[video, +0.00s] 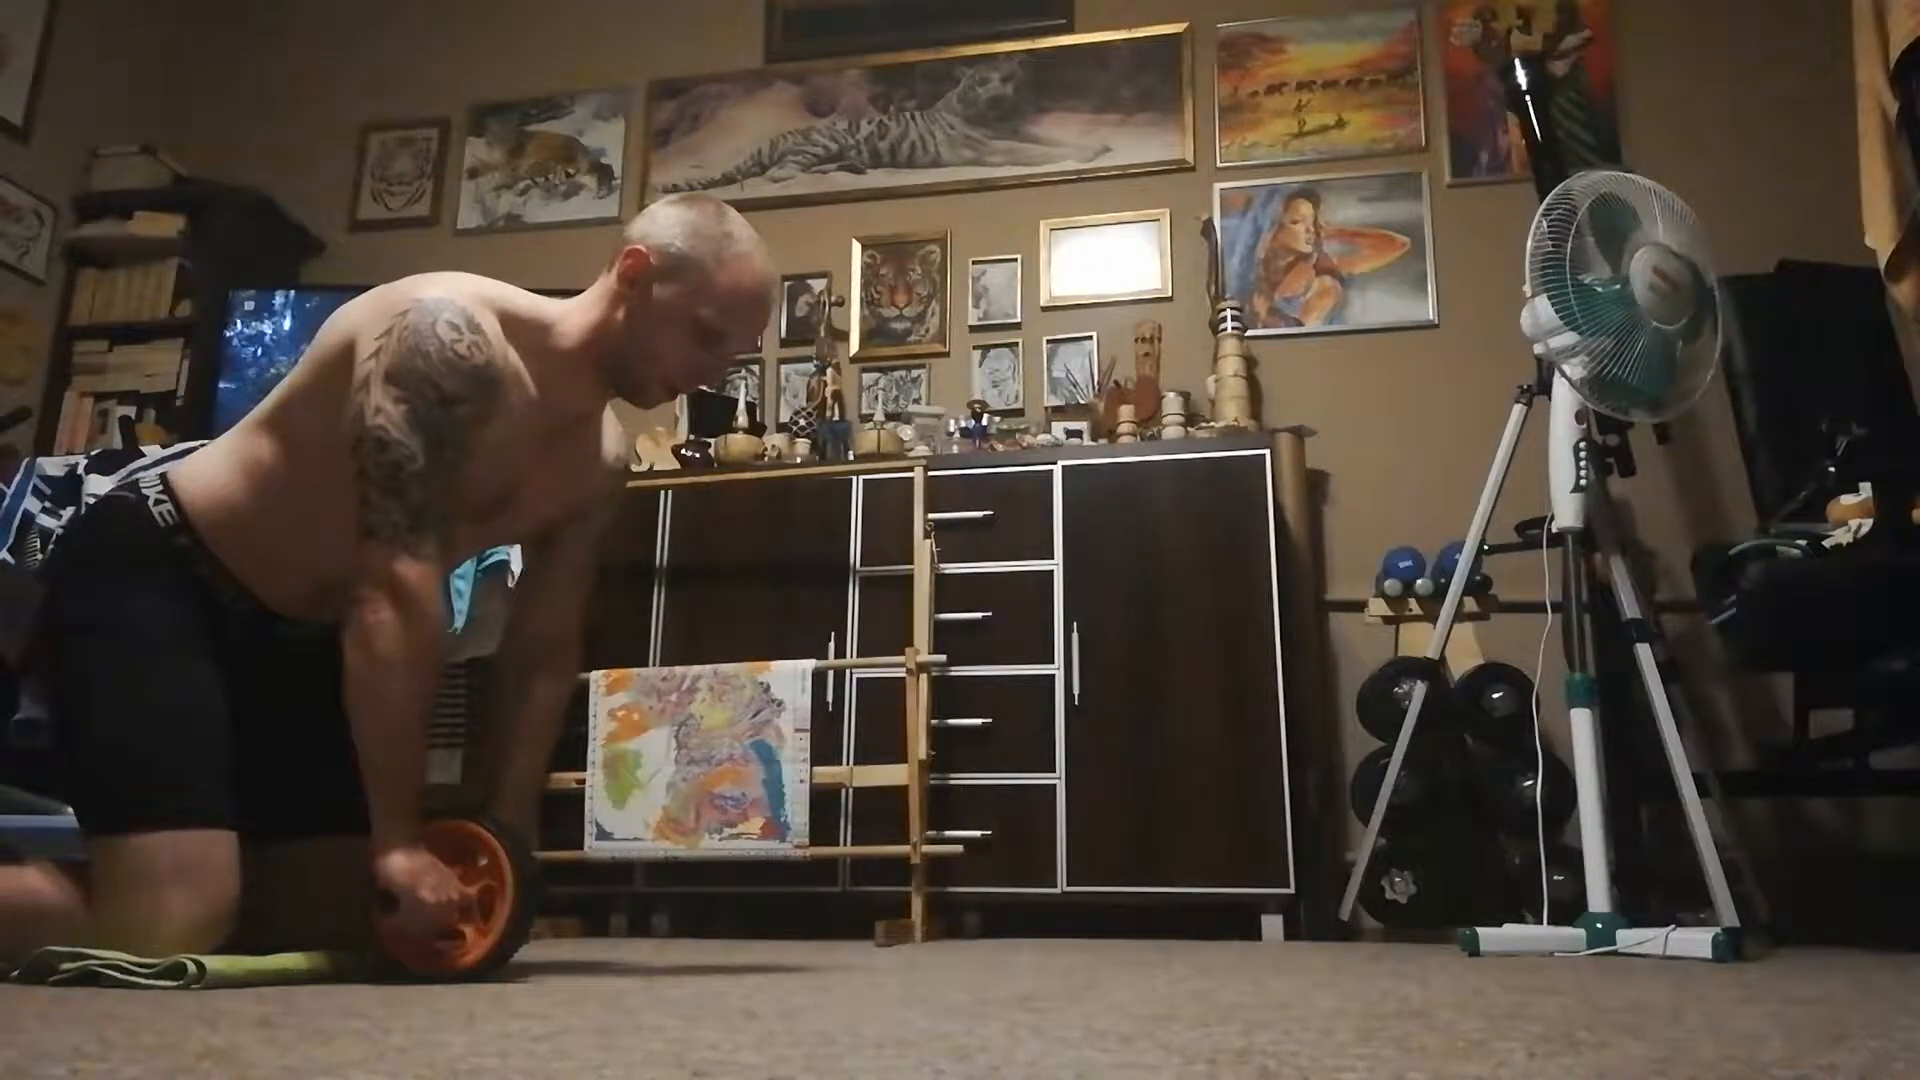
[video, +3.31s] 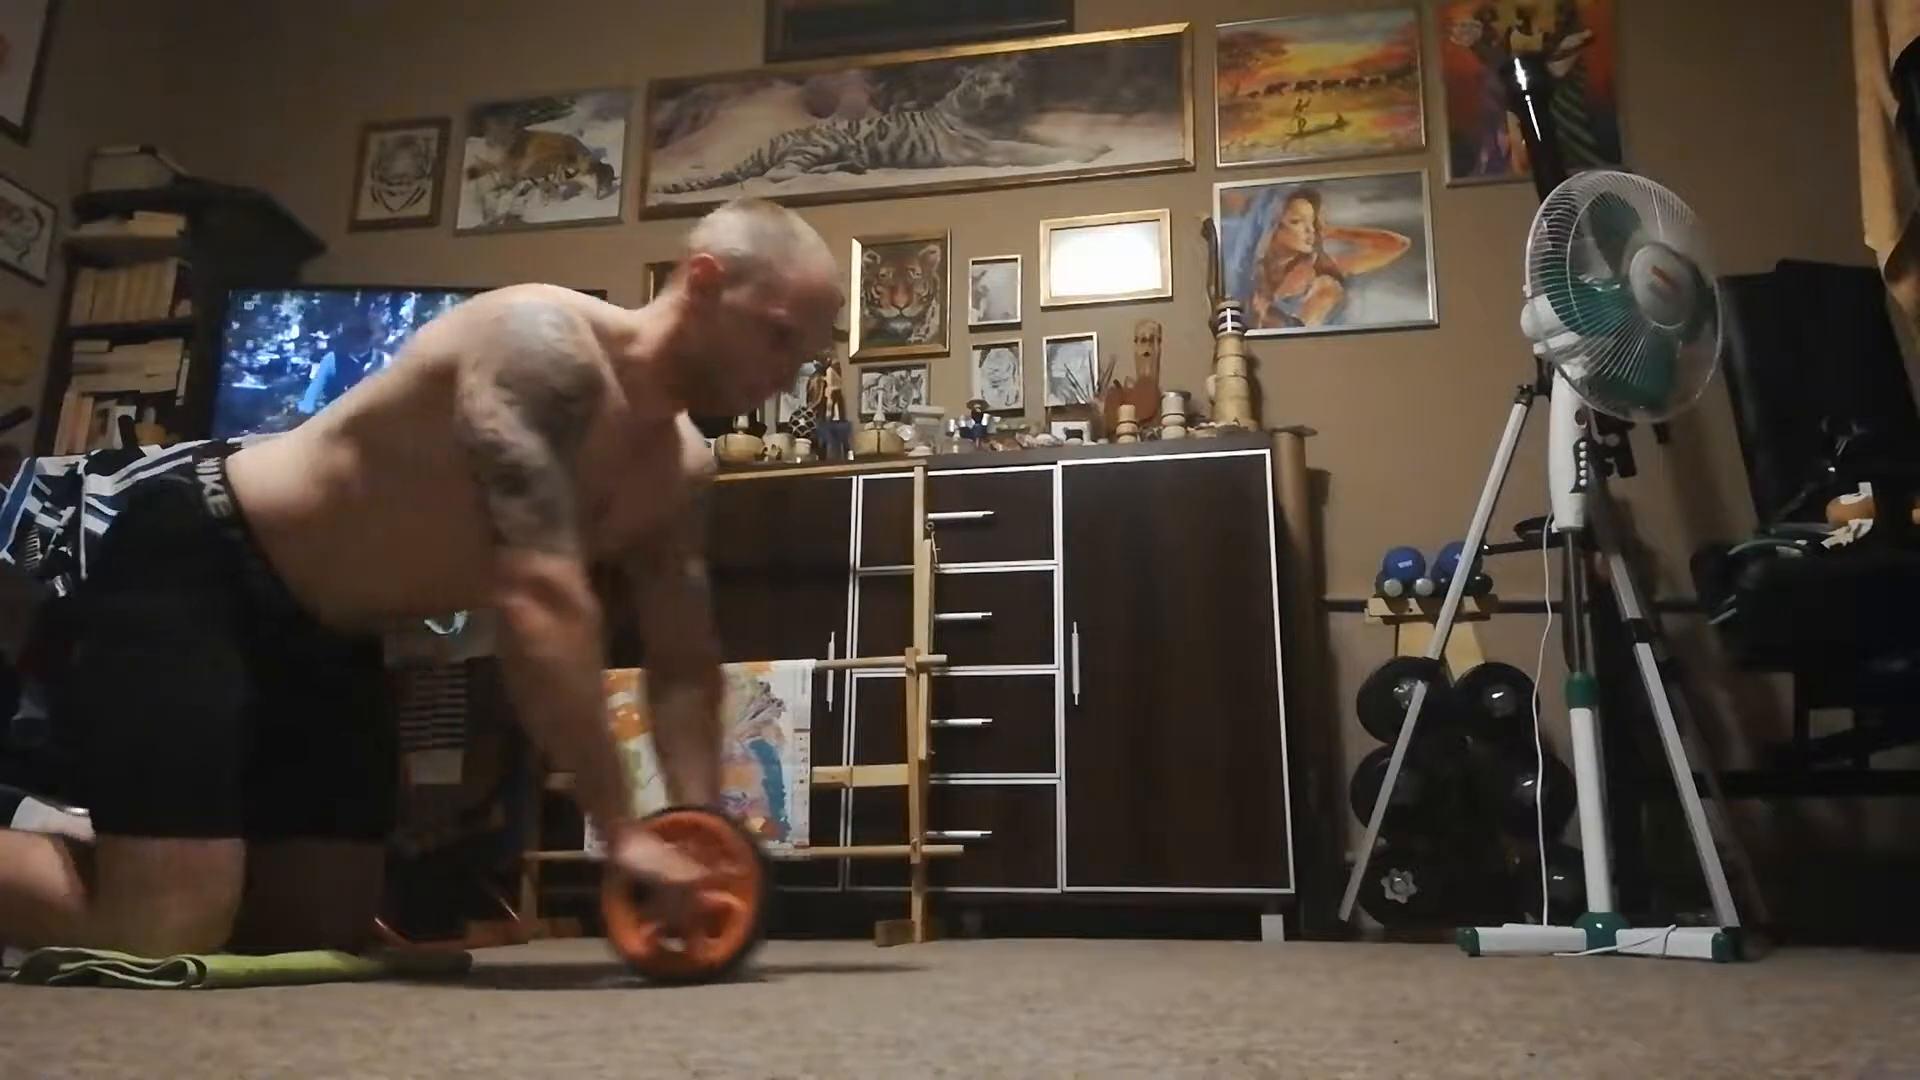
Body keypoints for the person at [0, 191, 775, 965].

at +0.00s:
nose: (718, 374)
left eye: (736, 353)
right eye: (711, 339)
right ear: (636, 279)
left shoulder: (589, 468)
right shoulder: (448, 339)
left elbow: (542, 656)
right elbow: (390, 604)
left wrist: (497, 858)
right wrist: (400, 845)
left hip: (294, 632)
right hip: (154, 569)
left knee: (354, 913)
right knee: (172, 922)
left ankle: (140, 894)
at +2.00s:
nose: (719, 343)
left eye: (734, 319)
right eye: (708, 305)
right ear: (623, 255)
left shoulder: (609, 461)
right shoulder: (456, 339)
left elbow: (548, 664)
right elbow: (392, 605)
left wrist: (499, 867)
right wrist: (397, 851)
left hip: (291, 640)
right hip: (145, 573)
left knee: (354, 913)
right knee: (179, 922)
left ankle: (64, 862)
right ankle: (11, 863)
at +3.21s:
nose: (760, 369)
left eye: (777, 347)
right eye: (753, 330)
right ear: (672, 275)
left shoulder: (640, 471)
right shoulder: (496, 338)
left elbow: (631, 669)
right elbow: (470, 608)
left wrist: (625, 844)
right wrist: (538, 837)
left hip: (311, 645)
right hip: (169, 564)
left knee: (323, 932)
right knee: (166, 928)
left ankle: (48, 852)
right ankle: (11, 845)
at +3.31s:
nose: (791, 375)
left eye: (808, 356)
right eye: (784, 337)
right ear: (702, 282)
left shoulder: (672, 470)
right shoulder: (537, 340)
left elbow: (685, 669)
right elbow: (536, 602)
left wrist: (700, 832)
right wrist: (620, 830)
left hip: (326, 641)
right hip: (186, 559)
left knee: (324, 936)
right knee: (163, 929)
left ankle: (41, 838)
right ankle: (11, 829)